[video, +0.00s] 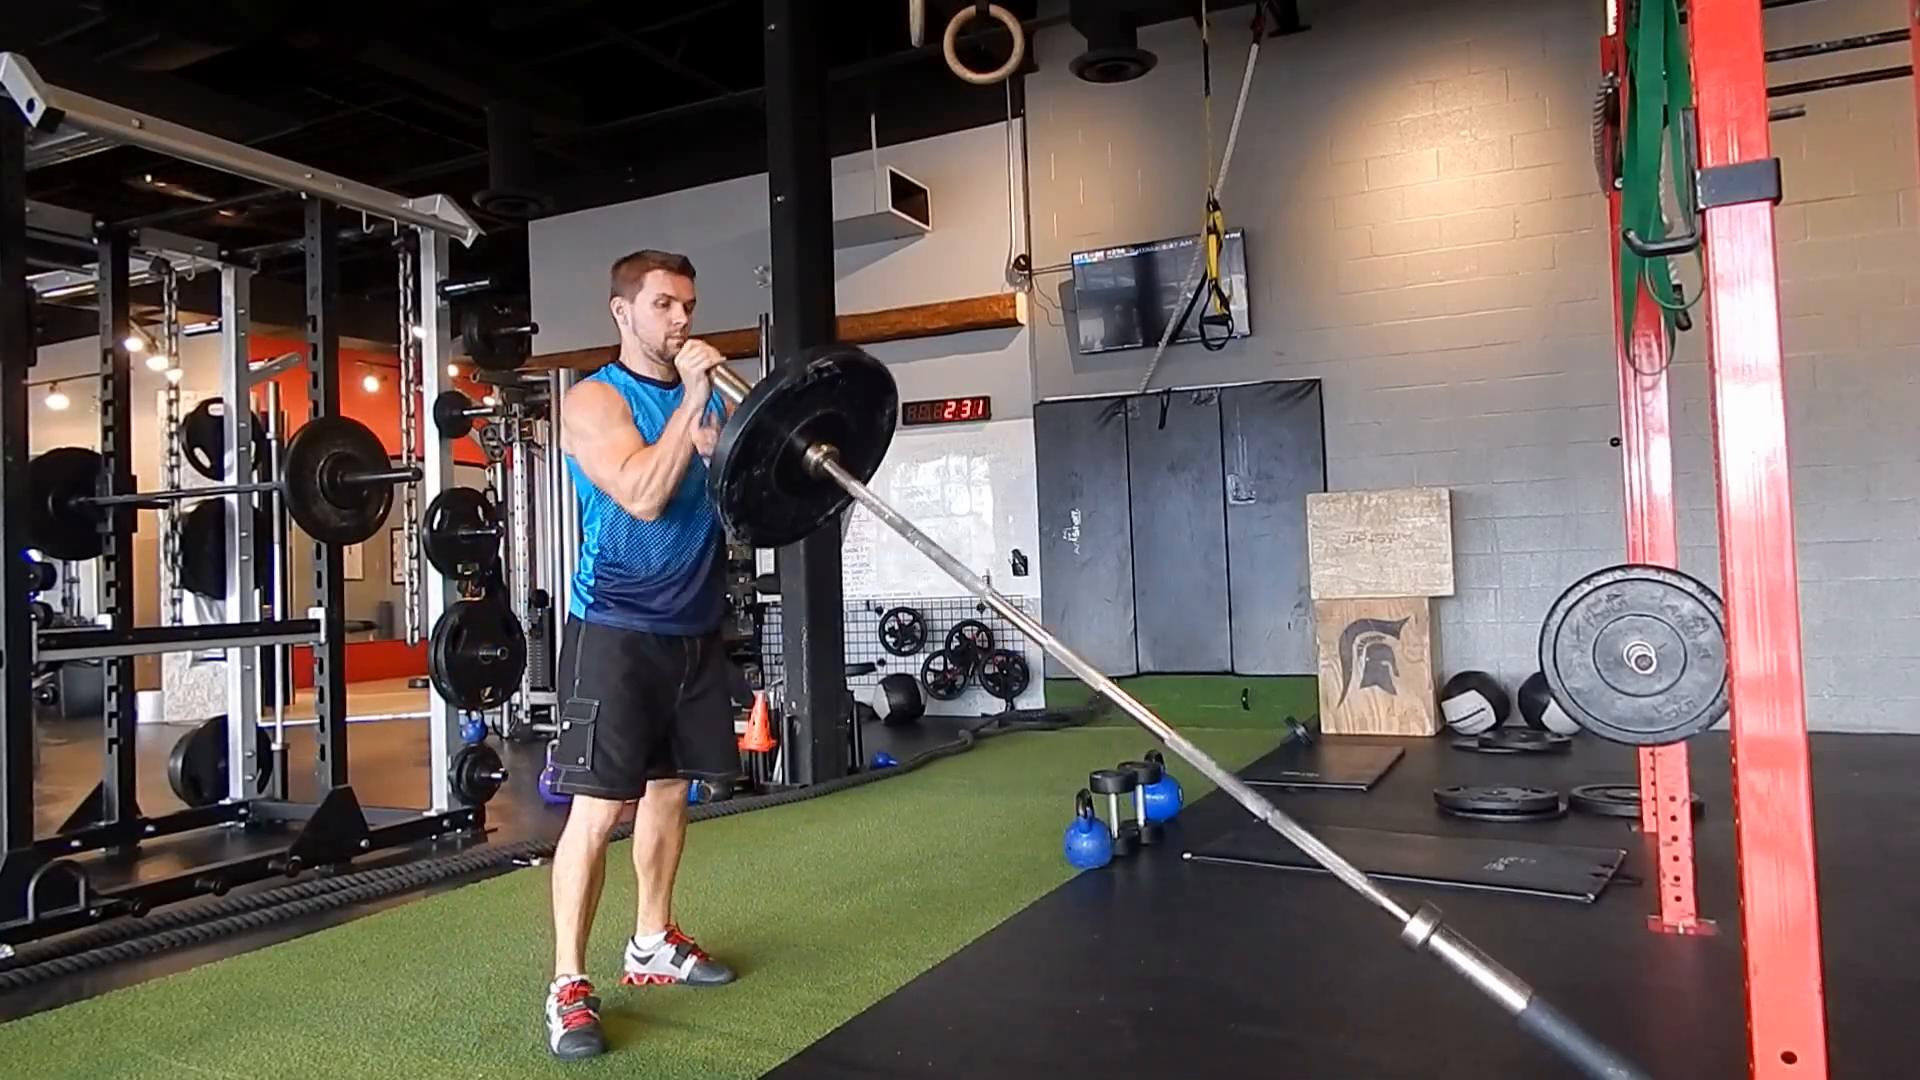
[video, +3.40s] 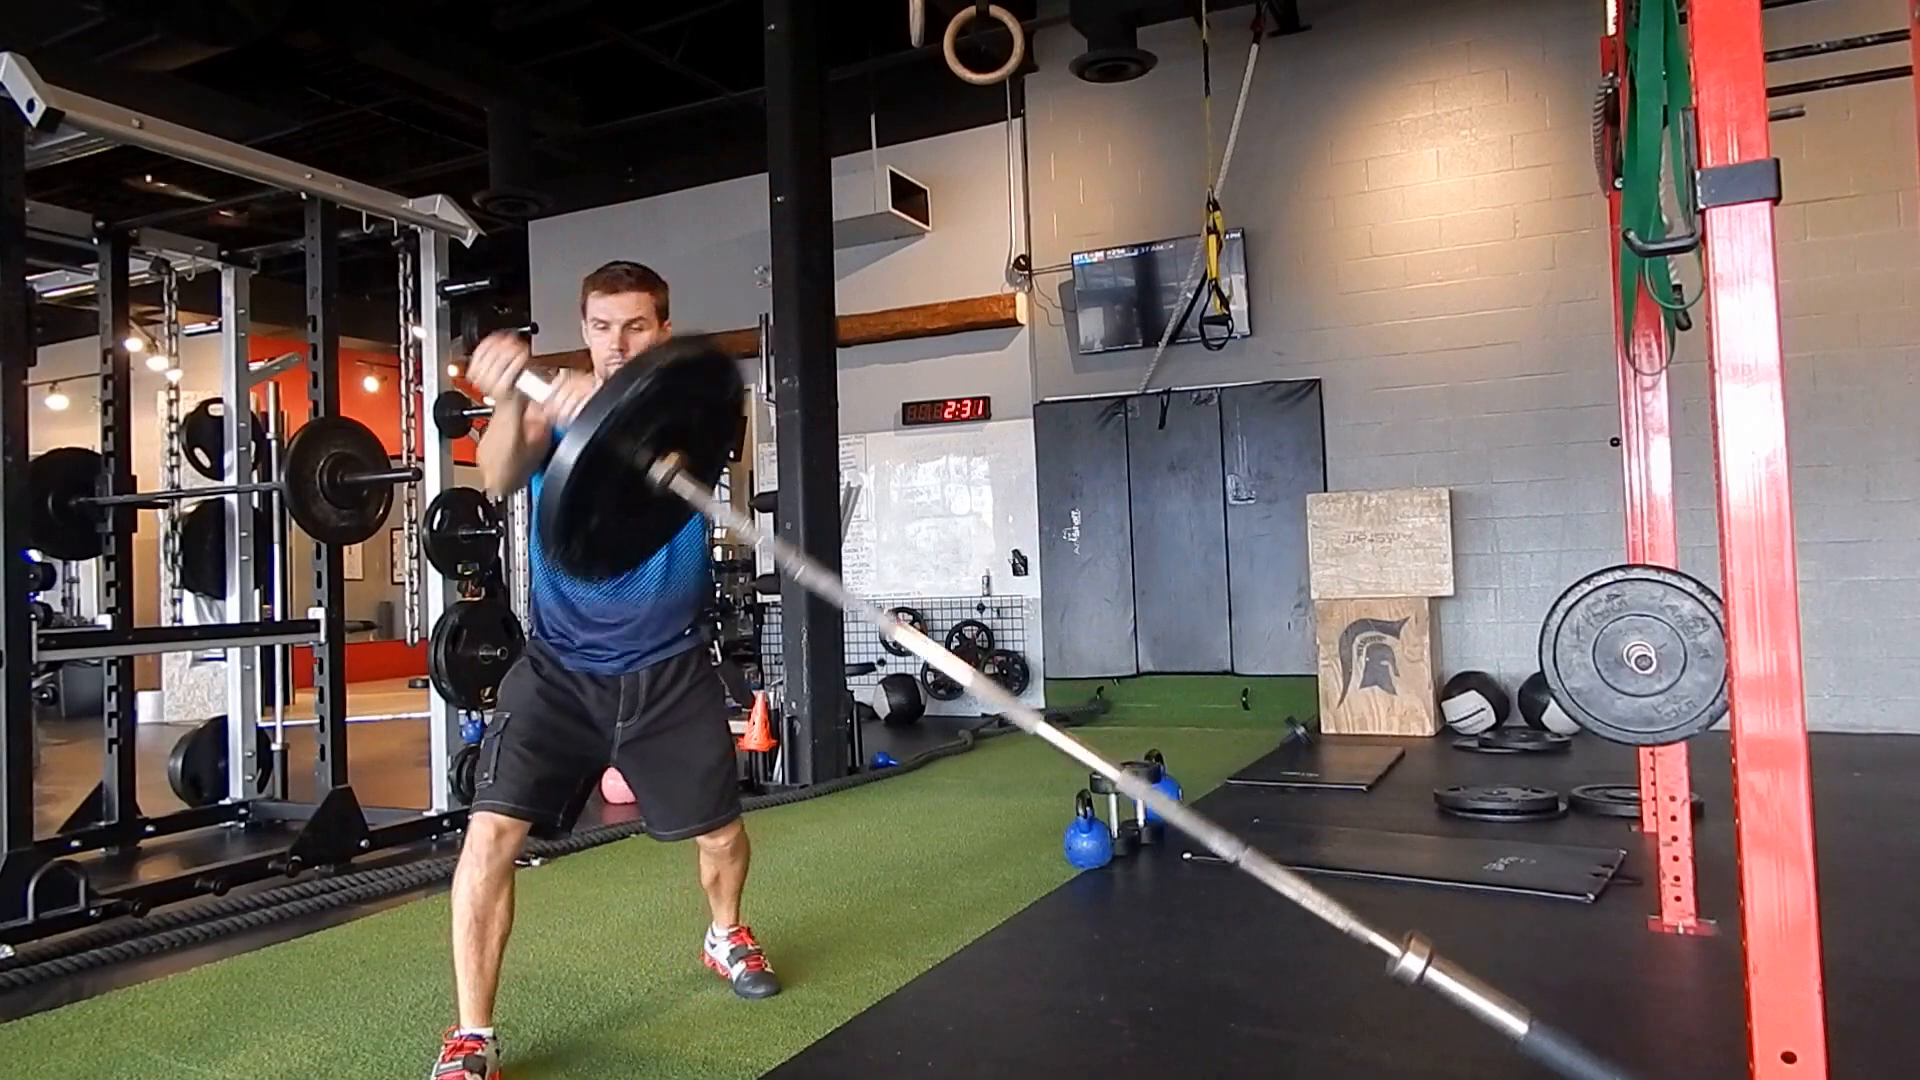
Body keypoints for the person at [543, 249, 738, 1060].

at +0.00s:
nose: (682, 318)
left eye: (688, 306)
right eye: (665, 304)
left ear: (693, 318)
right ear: (621, 311)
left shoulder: (708, 399)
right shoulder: (589, 400)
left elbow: (756, 480)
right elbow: (642, 493)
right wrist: (692, 396)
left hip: (694, 632)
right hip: (616, 632)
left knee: (668, 791)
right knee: (600, 806)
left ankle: (651, 942)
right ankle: (569, 983)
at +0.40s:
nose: (673, 293)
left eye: (677, 283)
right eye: (656, 280)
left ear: (673, 295)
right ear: (606, 291)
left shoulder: (692, 373)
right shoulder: (580, 364)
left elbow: (778, 398)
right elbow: (675, 357)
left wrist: (850, 348)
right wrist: (759, 276)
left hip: (683, 623)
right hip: (601, 623)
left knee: (723, 771)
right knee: (582, 803)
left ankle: (669, 930)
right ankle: (566, 980)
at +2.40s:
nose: (704, 287)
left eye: (705, 277)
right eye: (686, 278)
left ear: (701, 297)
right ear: (640, 297)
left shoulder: (729, 386)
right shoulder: (611, 367)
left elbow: (811, 339)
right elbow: (710, 282)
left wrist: (864, 249)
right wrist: (797, 194)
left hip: (712, 647)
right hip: (624, 645)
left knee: (727, 797)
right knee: (564, 834)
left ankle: (685, 960)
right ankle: (484, 1030)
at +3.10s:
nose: (671, 314)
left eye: (681, 301)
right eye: (655, 302)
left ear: (698, 318)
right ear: (622, 318)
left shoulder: (721, 399)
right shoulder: (580, 391)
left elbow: (794, 341)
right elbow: (621, 318)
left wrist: (783, 239)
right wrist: (698, 211)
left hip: (705, 659)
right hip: (601, 659)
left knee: (737, 808)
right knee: (536, 831)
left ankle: (687, 956)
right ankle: (479, 1026)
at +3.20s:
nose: (655, 333)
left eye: (671, 320)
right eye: (642, 318)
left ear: (695, 331)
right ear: (615, 325)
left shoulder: (715, 411)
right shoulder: (574, 405)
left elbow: (767, 355)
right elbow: (570, 357)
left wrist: (728, 283)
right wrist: (634, 259)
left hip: (697, 662)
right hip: (586, 663)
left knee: (734, 815)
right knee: (519, 831)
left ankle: (695, 948)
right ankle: (475, 1027)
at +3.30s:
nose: (643, 336)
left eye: (658, 320)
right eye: (630, 321)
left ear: (685, 330)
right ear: (605, 335)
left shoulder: (704, 419)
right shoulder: (569, 405)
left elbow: (743, 396)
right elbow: (530, 419)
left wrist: (683, 322)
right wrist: (567, 324)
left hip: (684, 665)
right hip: (570, 665)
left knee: (728, 821)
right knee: (506, 828)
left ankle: (711, 940)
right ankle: (473, 1029)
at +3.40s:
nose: (620, 342)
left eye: (636, 326)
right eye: (604, 329)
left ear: (666, 326)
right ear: (585, 332)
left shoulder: (694, 397)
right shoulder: (554, 394)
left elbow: (694, 448)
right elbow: (496, 483)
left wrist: (625, 386)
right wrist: (504, 403)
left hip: (671, 667)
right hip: (557, 668)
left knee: (722, 832)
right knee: (491, 834)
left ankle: (727, 935)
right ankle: (472, 1032)